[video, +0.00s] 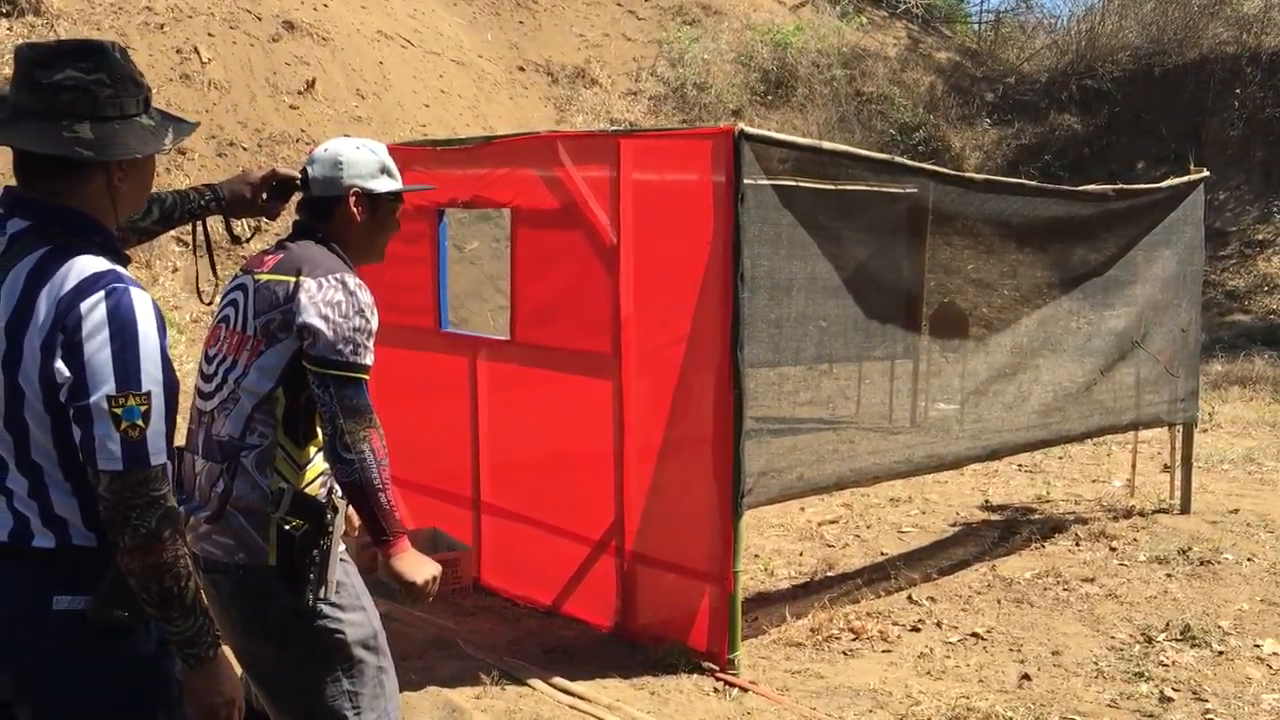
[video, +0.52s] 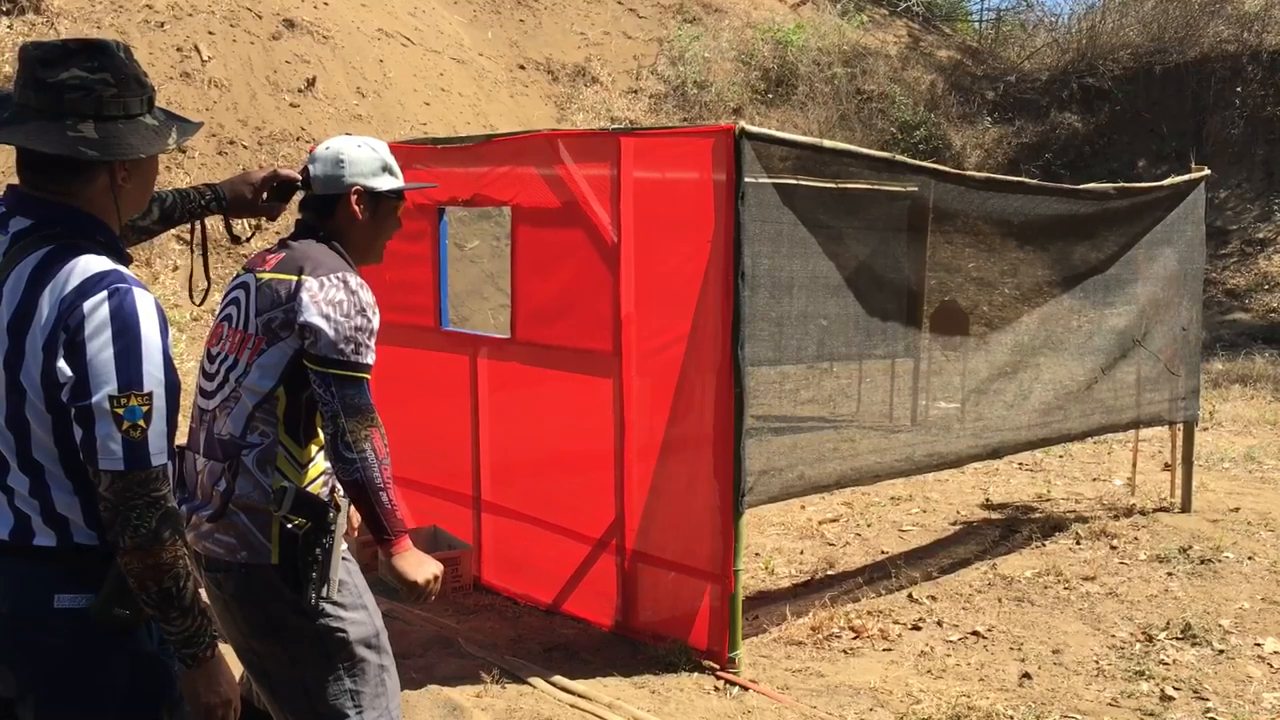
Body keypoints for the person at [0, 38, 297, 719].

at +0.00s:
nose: (159, 167)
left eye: (159, 151)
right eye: (152, 152)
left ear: (26, 156)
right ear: (116, 170)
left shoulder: (12, 239)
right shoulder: (108, 304)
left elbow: (107, 226)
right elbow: (141, 519)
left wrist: (221, 196)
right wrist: (203, 650)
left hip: (13, 578)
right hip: (89, 609)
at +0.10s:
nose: (162, 169)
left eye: (162, 153)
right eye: (156, 153)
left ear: (32, 155)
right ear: (118, 170)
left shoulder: (11, 234)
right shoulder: (111, 303)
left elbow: (110, 222)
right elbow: (142, 517)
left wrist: (226, 196)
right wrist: (205, 651)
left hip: (12, 571)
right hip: (88, 603)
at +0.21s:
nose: (162, 168)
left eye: (162, 152)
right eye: (157, 153)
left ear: (33, 156)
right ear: (118, 171)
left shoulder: (11, 235)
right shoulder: (112, 303)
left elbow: (111, 221)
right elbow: (142, 517)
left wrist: (226, 195)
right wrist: (203, 652)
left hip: (11, 572)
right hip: (88, 605)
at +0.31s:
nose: (162, 169)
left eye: (163, 153)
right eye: (157, 153)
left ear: (34, 156)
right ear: (118, 172)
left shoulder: (11, 235)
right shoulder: (112, 303)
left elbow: (112, 222)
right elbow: (141, 517)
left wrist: (226, 195)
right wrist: (201, 651)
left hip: (11, 572)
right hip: (89, 606)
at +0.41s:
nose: (163, 169)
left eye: (163, 153)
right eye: (157, 153)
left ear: (33, 156)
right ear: (118, 172)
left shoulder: (11, 235)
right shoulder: (111, 303)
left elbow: (111, 221)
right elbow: (141, 518)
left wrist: (225, 196)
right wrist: (201, 651)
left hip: (11, 572)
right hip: (88, 605)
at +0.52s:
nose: (162, 168)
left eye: (162, 152)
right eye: (156, 153)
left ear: (32, 155)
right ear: (118, 171)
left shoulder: (11, 235)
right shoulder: (111, 303)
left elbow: (110, 220)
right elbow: (140, 517)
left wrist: (224, 196)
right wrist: (201, 650)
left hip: (12, 573)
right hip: (89, 604)